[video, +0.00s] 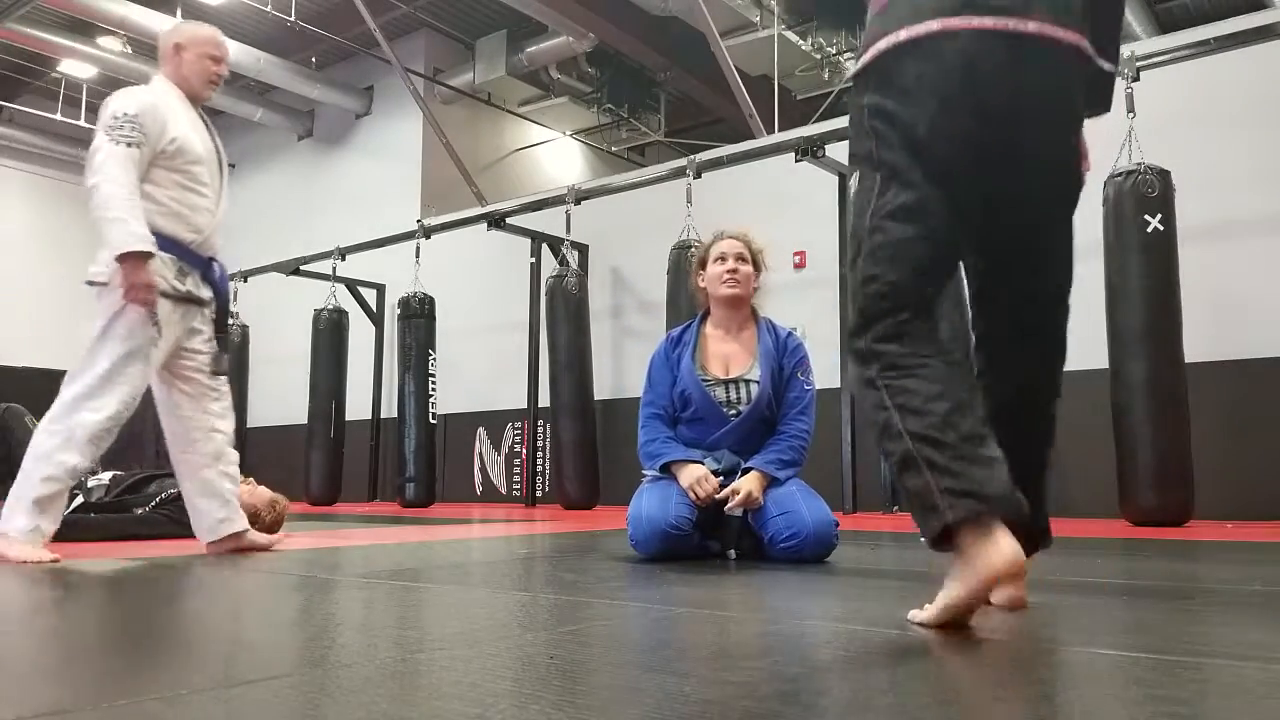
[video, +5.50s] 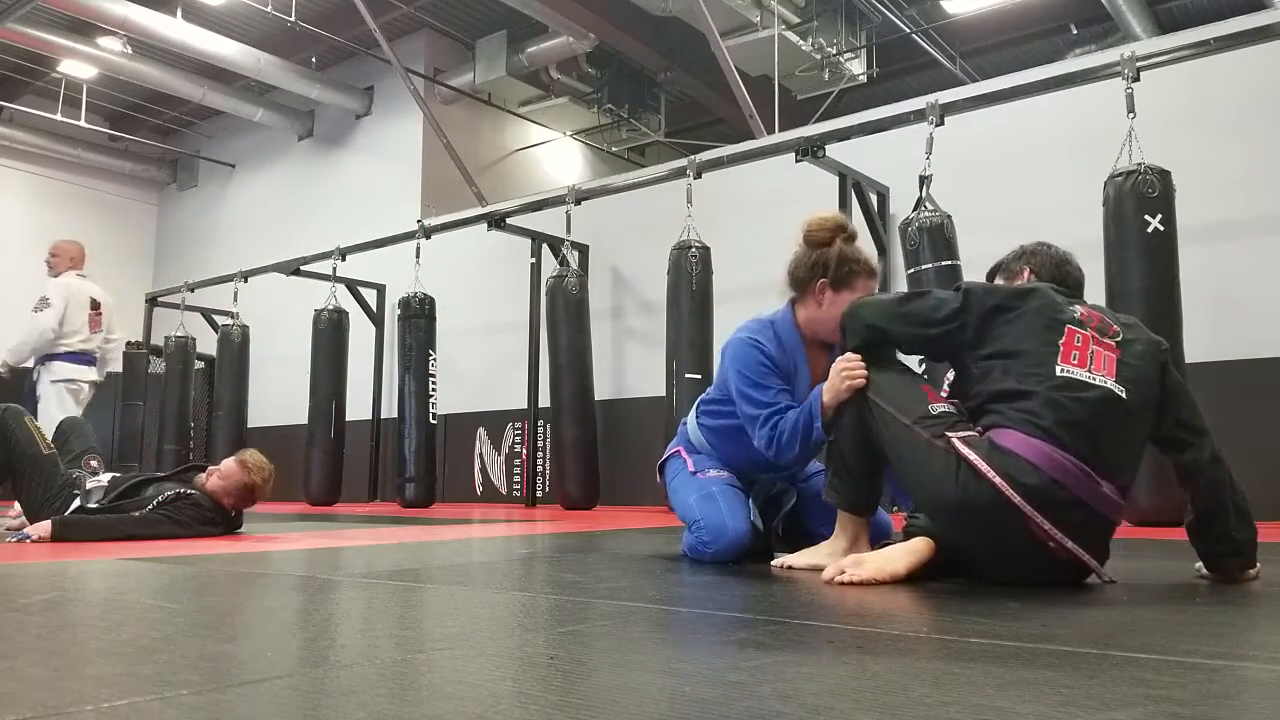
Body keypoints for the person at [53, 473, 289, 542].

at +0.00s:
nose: (247, 478)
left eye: (252, 488)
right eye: (254, 481)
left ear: (246, 513)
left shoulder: (195, 517)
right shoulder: (209, 487)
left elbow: (124, 525)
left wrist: (54, 524)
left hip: (73, 503)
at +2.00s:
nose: (247, 476)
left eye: (249, 488)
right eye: (255, 483)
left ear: (233, 511)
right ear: (236, 505)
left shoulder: (197, 513)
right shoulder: (215, 490)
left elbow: (129, 524)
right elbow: (154, 485)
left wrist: (56, 526)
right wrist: (113, 480)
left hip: (68, 499)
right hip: (101, 484)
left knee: (11, 414)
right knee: (68, 421)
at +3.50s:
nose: (248, 477)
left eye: (250, 488)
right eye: (257, 483)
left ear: (234, 510)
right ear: (235, 504)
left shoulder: (199, 513)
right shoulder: (218, 490)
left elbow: (130, 524)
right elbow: (158, 483)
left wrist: (55, 526)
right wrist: (115, 478)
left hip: (70, 500)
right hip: (103, 485)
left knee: (11, 414)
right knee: (69, 421)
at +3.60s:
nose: (248, 477)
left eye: (250, 488)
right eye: (256, 483)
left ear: (234, 510)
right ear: (236, 504)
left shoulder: (198, 513)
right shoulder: (218, 490)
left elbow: (130, 525)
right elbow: (157, 483)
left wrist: (56, 526)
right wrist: (114, 479)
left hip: (69, 501)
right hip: (102, 486)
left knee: (11, 414)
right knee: (69, 421)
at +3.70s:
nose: (247, 479)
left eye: (250, 489)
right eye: (255, 484)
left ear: (234, 510)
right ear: (236, 505)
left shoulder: (199, 513)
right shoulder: (216, 490)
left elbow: (130, 525)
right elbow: (155, 483)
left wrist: (56, 526)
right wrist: (114, 479)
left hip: (69, 501)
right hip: (101, 486)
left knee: (11, 414)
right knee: (70, 421)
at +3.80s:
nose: (251, 478)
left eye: (252, 489)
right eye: (259, 485)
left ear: (233, 509)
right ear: (237, 502)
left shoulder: (198, 513)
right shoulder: (217, 484)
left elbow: (130, 525)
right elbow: (158, 482)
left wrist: (56, 526)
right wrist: (116, 480)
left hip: (68, 499)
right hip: (101, 484)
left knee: (11, 414)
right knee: (70, 422)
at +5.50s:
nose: (210, 469)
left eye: (219, 476)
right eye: (218, 466)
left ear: (232, 501)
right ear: (222, 466)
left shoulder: (197, 512)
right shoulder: (209, 484)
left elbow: (128, 524)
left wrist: (56, 527)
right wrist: (110, 480)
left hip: (67, 502)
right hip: (100, 485)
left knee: (11, 416)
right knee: (73, 422)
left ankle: (14, 501)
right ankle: (31, 503)